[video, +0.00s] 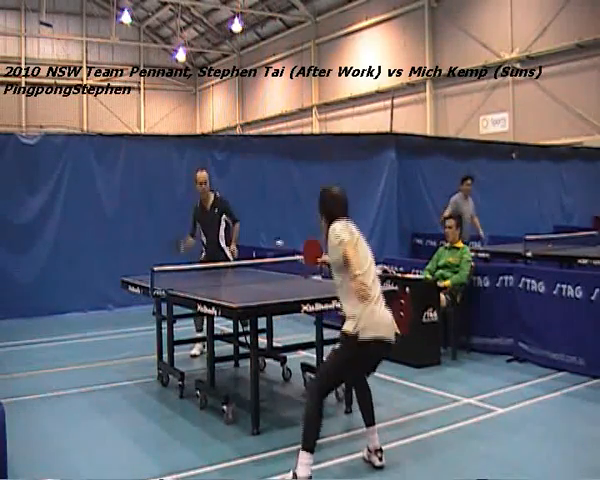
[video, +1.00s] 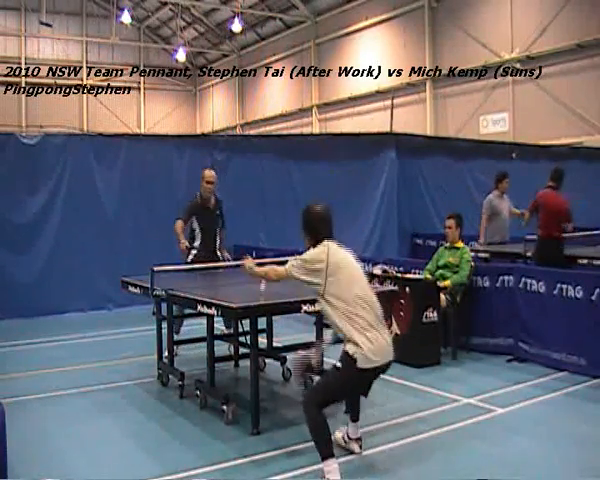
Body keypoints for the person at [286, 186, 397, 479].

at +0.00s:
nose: (318, 213)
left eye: (319, 208)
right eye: (321, 207)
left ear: (323, 211)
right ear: (345, 208)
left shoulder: (337, 230)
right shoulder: (356, 232)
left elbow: (348, 256)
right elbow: (347, 262)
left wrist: (359, 282)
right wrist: (324, 261)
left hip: (361, 332)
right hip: (384, 333)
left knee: (316, 389)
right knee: (358, 379)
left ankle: (302, 468)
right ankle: (375, 449)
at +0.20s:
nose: (326, 192)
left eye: (327, 187)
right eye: (328, 187)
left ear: (332, 187)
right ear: (354, 184)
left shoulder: (344, 206)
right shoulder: (365, 210)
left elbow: (356, 237)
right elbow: (370, 266)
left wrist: (353, 289)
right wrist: (336, 274)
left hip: (367, 316)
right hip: (387, 314)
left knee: (336, 384)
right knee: (364, 373)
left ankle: (346, 459)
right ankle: (376, 446)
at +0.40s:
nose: (335, 186)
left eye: (335, 180)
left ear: (339, 183)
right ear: (363, 182)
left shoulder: (343, 211)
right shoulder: (378, 213)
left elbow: (335, 253)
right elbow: (391, 264)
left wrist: (324, 314)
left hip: (367, 320)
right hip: (395, 317)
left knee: (351, 405)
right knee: (376, 369)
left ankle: (377, 472)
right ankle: (394, 436)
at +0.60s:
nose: (336, 188)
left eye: (336, 182)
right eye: (341, 180)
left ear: (339, 185)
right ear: (363, 183)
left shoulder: (348, 214)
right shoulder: (379, 215)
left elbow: (332, 264)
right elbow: (384, 267)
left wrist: (317, 322)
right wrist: (358, 308)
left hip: (371, 322)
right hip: (399, 320)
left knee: (340, 393)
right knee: (384, 379)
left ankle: (369, 466)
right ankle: (407, 450)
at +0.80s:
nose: (324, 199)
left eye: (324, 194)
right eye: (328, 192)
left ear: (327, 195)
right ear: (351, 192)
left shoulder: (340, 222)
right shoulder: (365, 222)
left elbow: (318, 275)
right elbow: (351, 273)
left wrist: (299, 321)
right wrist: (319, 283)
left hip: (365, 332)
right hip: (391, 330)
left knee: (323, 392)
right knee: (375, 375)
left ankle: (335, 465)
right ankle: (400, 440)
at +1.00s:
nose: (302, 233)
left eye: (303, 229)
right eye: (304, 228)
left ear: (307, 231)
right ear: (330, 228)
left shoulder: (319, 256)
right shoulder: (344, 253)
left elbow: (279, 274)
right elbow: (294, 268)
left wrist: (253, 269)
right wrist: (266, 269)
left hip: (363, 356)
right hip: (384, 351)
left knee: (311, 402)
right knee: (349, 381)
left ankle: (331, 472)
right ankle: (353, 434)